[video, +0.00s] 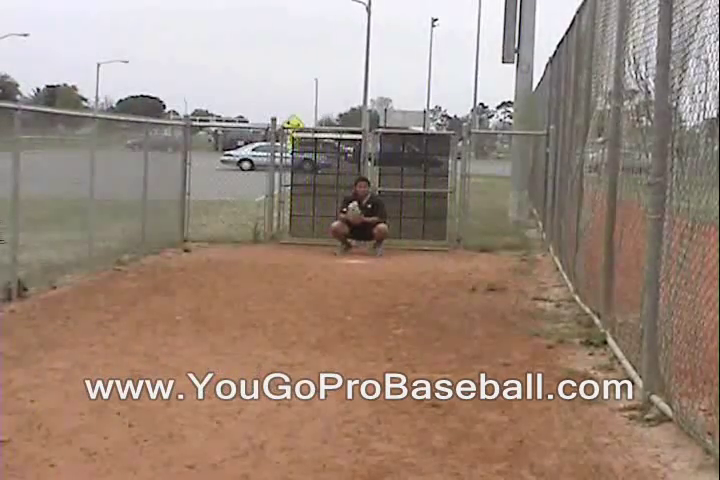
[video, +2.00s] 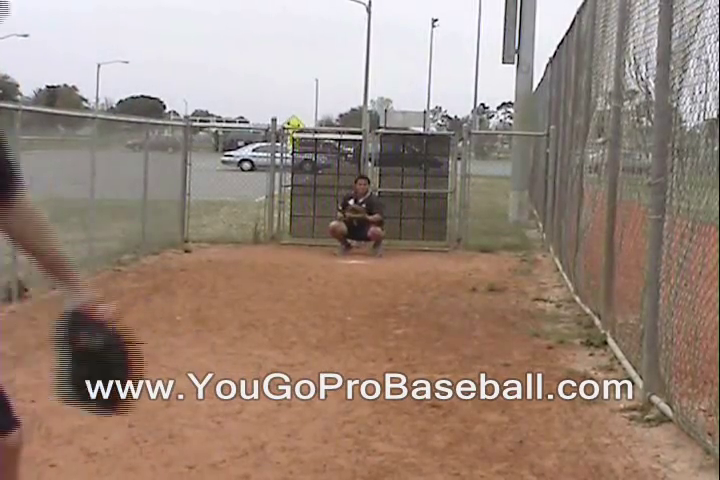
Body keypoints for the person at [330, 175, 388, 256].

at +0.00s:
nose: (362, 190)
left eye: (365, 187)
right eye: (360, 187)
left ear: (368, 189)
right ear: (355, 188)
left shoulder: (376, 201)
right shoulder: (348, 200)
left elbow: (381, 218)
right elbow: (340, 215)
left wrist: (363, 219)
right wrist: (348, 218)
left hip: (369, 228)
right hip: (352, 227)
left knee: (382, 229)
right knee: (336, 227)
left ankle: (377, 245)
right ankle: (346, 245)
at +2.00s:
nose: (362, 187)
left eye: (364, 185)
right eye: (360, 184)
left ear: (368, 186)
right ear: (355, 186)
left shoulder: (373, 200)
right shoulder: (348, 198)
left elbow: (379, 217)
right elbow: (339, 213)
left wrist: (364, 217)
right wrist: (346, 216)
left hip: (365, 227)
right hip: (350, 226)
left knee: (376, 231)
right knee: (334, 227)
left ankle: (376, 245)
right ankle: (346, 245)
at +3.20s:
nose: (361, 187)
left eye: (363, 184)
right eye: (358, 184)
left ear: (367, 186)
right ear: (354, 186)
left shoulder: (373, 199)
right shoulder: (348, 198)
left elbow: (377, 217)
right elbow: (338, 213)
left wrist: (365, 206)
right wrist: (348, 209)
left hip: (366, 228)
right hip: (350, 227)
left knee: (376, 230)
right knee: (334, 225)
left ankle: (377, 246)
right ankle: (346, 245)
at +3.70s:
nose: (357, 192)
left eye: (359, 189)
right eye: (355, 189)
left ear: (363, 191)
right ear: (351, 190)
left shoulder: (369, 199)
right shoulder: (346, 200)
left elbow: (374, 209)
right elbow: (333, 212)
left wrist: (361, 216)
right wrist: (345, 217)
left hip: (365, 228)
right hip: (349, 228)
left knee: (379, 227)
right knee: (334, 225)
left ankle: (378, 246)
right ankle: (346, 245)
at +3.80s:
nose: (356, 193)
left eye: (358, 190)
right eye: (354, 190)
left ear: (363, 191)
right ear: (351, 191)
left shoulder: (368, 200)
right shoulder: (346, 201)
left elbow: (371, 210)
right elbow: (333, 212)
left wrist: (367, 222)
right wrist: (349, 215)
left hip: (366, 228)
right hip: (351, 228)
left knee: (380, 226)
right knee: (335, 224)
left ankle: (379, 246)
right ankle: (346, 245)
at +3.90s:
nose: (356, 193)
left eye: (358, 190)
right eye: (354, 190)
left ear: (362, 192)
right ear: (350, 192)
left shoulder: (369, 201)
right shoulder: (346, 201)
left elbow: (371, 215)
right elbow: (334, 212)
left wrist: (367, 230)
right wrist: (348, 215)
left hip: (366, 228)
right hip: (352, 228)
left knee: (381, 226)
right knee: (335, 224)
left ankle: (380, 246)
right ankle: (346, 245)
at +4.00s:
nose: (355, 192)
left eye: (358, 190)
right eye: (353, 190)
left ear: (362, 191)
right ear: (350, 191)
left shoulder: (369, 202)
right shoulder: (346, 201)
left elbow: (369, 222)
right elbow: (333, 212)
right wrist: (347, 213)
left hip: (366, 227)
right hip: (352, 227)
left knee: (382, 225)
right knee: (336, 223)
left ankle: (382, 246)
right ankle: (346, 246)